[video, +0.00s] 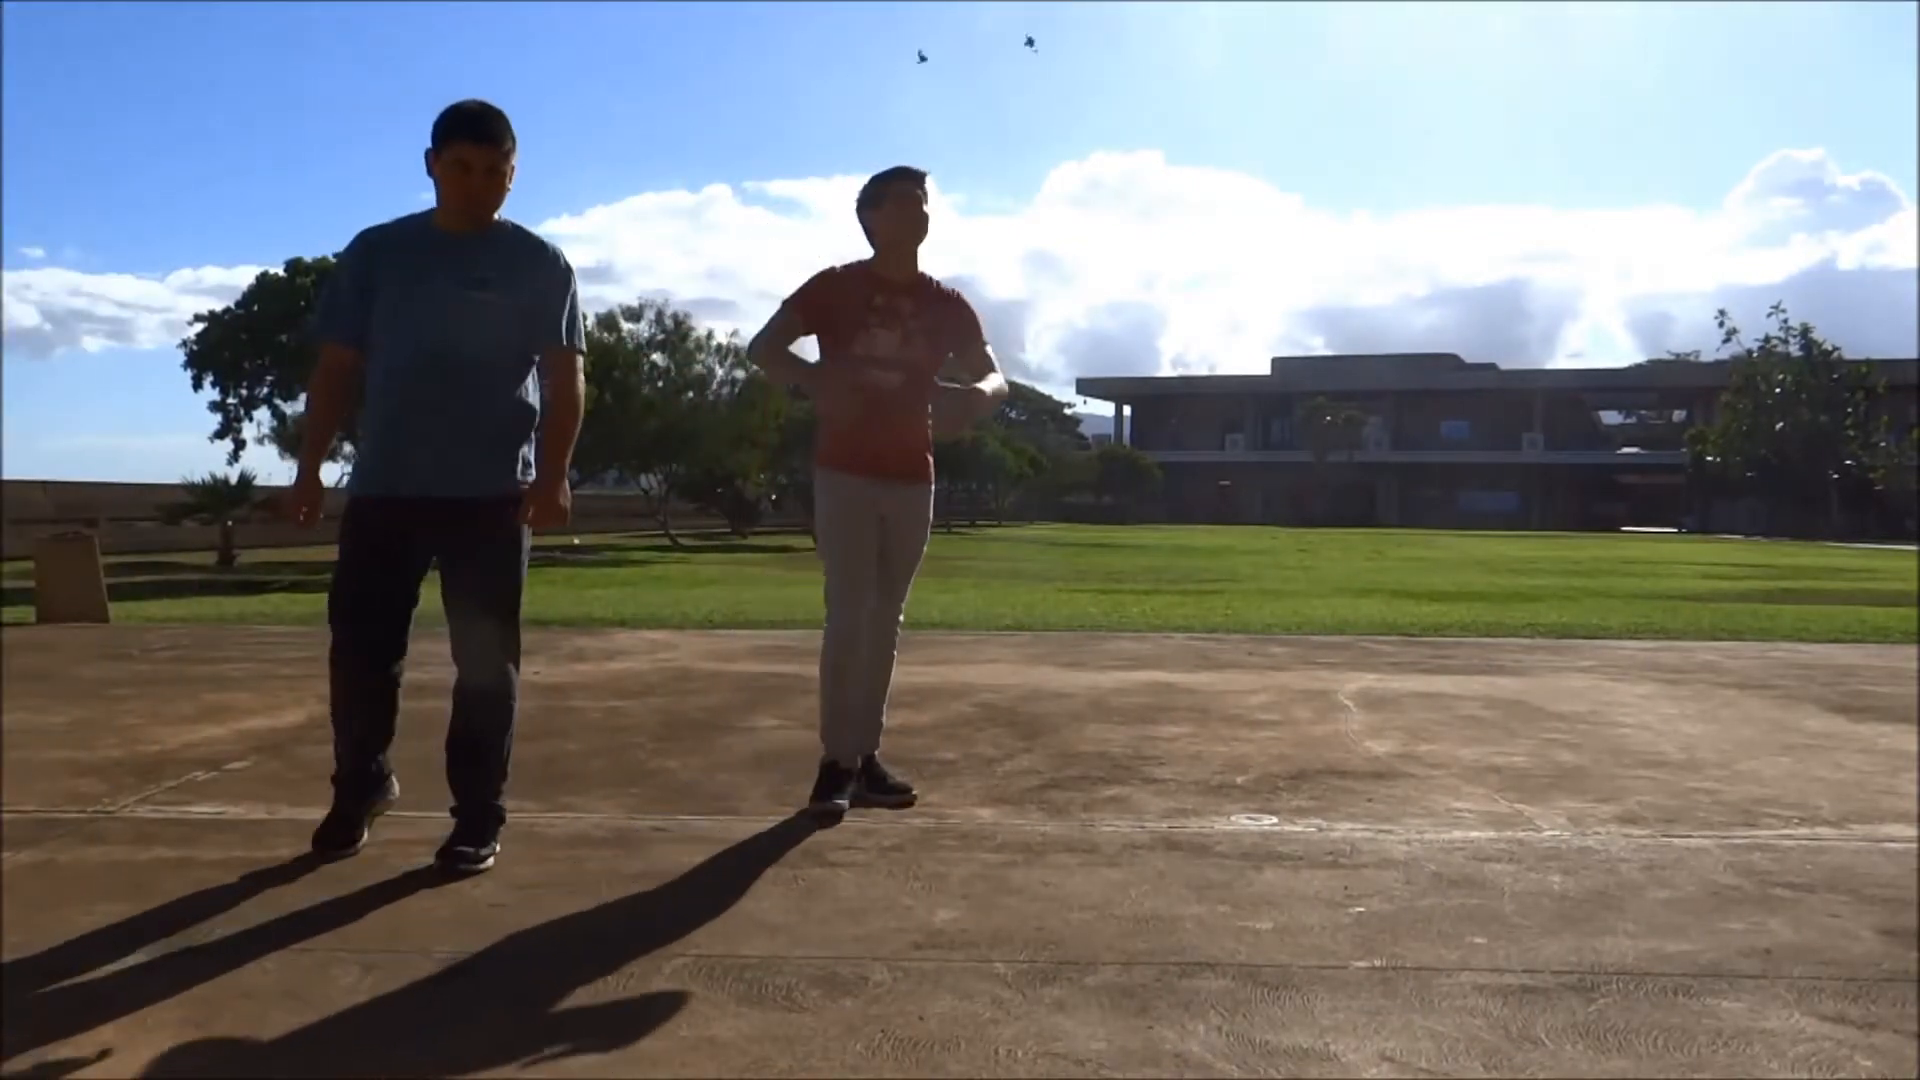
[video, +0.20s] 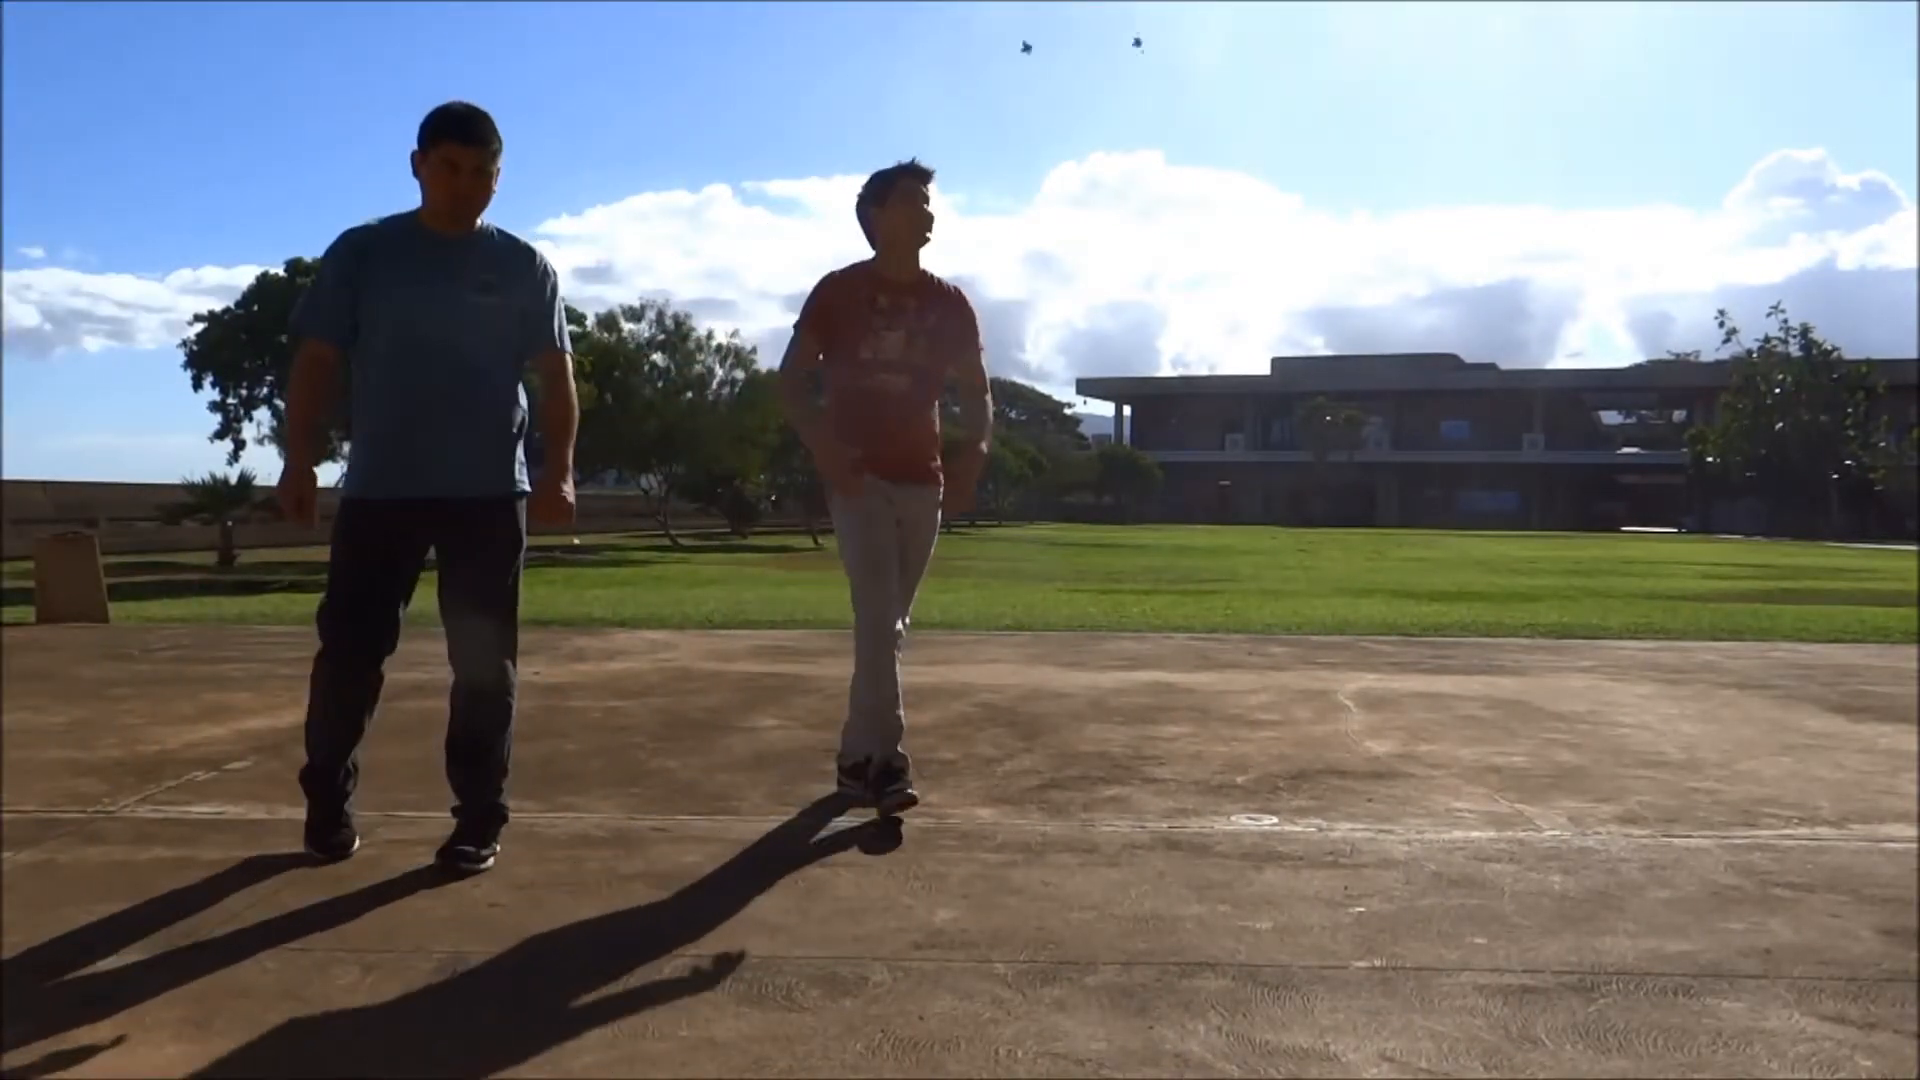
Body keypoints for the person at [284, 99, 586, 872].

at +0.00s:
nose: (482, 182)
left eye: (494, 168)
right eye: (464, 167)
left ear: (513, 169)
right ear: (434, 166)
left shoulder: (541, 266)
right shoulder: (376, 253)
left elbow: (563, 381)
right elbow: (335, 368)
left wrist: (554, 476)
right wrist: (311, 469)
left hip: (489, 491)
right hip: (387, 487)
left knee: (486, 663)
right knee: (359, 645)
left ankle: (477, 820)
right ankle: (360, 782)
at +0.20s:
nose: (465, 183)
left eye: (479, 169)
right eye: (450, 167)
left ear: (498, 175)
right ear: (419, 166)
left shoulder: (524, 268)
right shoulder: (361, 252)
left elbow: (554, 377)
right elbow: (315, 359)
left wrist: (557, 472)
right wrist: (299, 462)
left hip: (484, 492)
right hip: (382, 488)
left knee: (484, 663)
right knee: (348, 648)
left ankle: (479, 821)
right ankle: (326, 798)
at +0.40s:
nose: (445, 183)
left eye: (454, 170)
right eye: (429, 168)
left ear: (464, 176)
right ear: (388, 169)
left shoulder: (486, 268)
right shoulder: (330, 256)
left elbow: (523, 369)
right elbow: (277, 353)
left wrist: (543, 447)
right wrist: (289, 416)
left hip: (461, 492)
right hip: (359, 492)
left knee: (470, 658)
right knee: (342, 657)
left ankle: (478, 819)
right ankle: (330, 811)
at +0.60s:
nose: (412, 184)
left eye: (420, 170)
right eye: (396, 169)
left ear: (427, 176)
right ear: (353, 172)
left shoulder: (445, 263)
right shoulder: (296, 256)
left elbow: (483, 356)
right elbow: (229, 359)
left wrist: (523, 382)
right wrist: (263, 344)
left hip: (430, 493)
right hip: (330, 499)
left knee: (448, 655)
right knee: (328, 664)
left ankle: (477, 811)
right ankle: (330, 808)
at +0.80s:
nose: (393, 178)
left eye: (403, 166)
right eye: (377, 164)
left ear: (413, 174)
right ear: (338, 169)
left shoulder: (429, 263)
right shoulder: (282, 250)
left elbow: (478, 362)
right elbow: (219, 354)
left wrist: (513, 330)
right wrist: (252, 282)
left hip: (416, 485)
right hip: (316, 493)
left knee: (440, 649)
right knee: (325, 660)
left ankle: (446, 794)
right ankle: (330, 803)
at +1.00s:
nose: (393, 180)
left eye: (403, 169)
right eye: (377, 166)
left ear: (414, 179)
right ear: (339, 171)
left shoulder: (427, 266)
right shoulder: (287, 256)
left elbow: (485, 353)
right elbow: (217, 345)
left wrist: (516, 288)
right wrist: (249, 251)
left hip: (411, 487)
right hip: (315, 492)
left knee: (406, 652)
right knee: (324, 655)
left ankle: (385, 797)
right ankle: (330, 806)